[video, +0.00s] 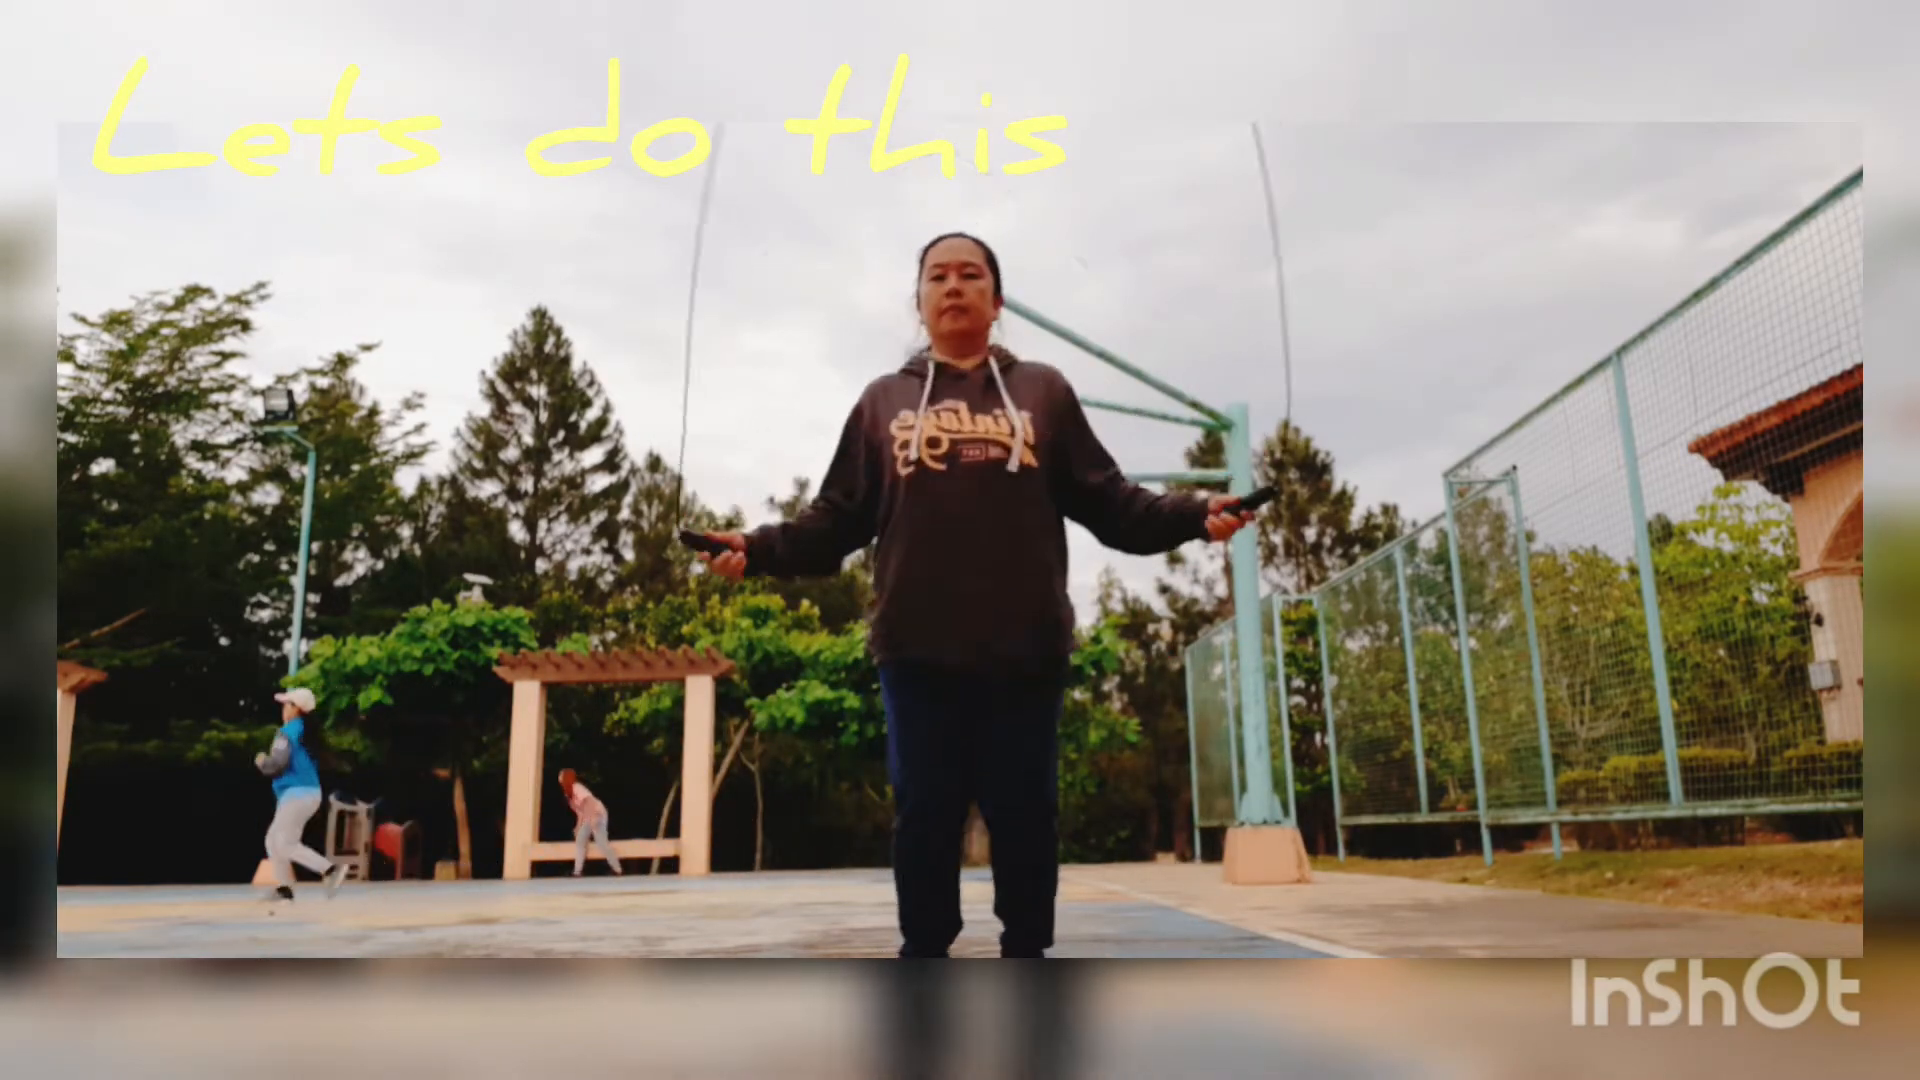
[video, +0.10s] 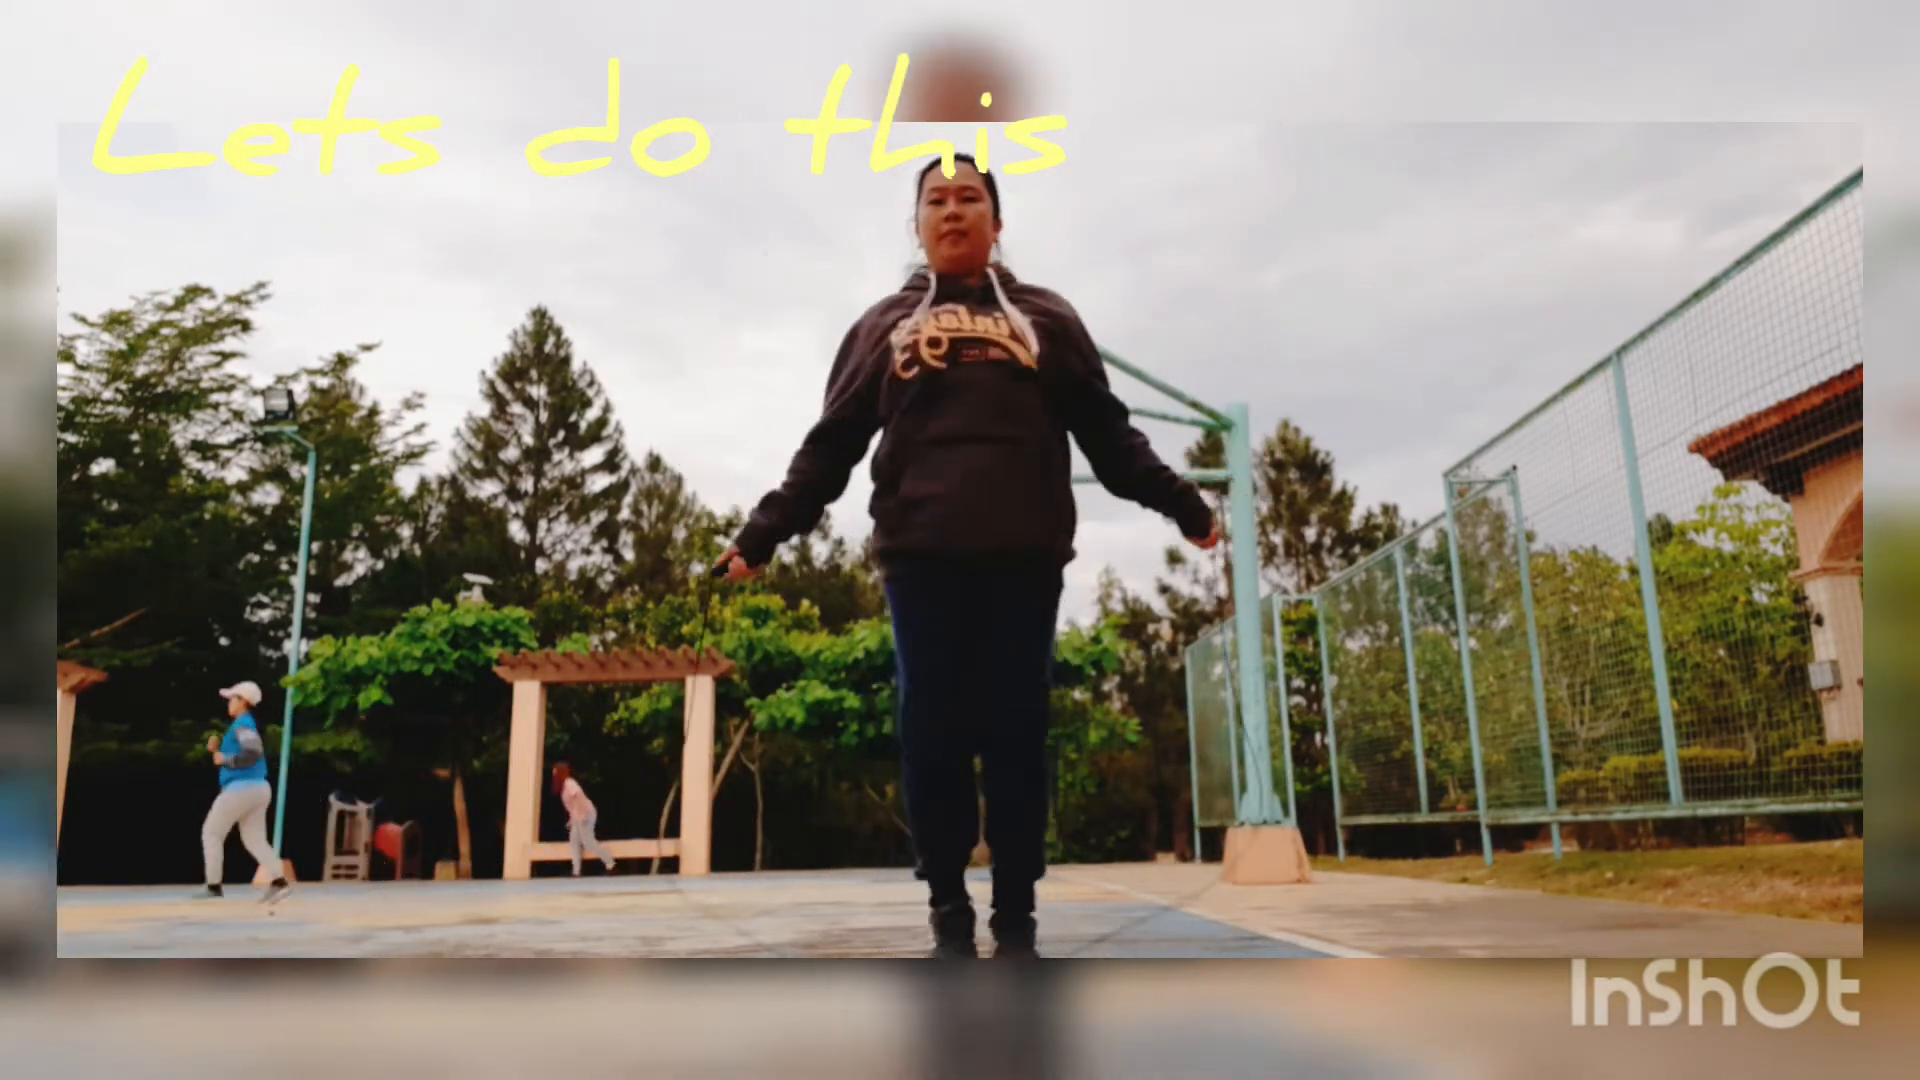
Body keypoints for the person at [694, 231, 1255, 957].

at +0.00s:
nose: (955, 285)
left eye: (971, 275)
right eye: (940, 276)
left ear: (997, 299)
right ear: (919, 299)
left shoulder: (1042, 391)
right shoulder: (883, 401)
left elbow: (1105, 501)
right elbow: (840, 519)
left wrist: (1194, 512)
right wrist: (756, 547)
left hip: (1024, 638)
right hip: (917, 640)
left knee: (1025, 811)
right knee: (925, 811)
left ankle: (1027, 957)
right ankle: (923, 958)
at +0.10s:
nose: (952, 211)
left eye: (967, 199)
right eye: (937, 201)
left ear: (995, 220)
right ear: (918, 224)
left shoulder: (1046, 317)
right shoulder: (884, 326)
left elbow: (1107, 431)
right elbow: (831, 445)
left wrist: (1180, 501)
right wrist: (763, 532)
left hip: (1025, 556)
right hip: (922, 557)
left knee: (1018, 731)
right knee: (933, 730)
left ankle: (1015, 917)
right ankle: (950, 914)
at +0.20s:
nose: (955, 217)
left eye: (970, 204)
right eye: (940, 206)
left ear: (997, 226)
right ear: (919, 230)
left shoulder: (1044, 323)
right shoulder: (884, 336)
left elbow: (1108, 446)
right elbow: (828, 464)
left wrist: (1196, 482)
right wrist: (745, 515)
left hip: (1027, 570)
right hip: (922, 572)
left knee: (1024, 750)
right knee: (933, 750)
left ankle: (1019, 929)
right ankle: (950, 924)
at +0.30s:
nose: (957, 257)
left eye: (973, 245)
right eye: (942, 247)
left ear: (1000, 270)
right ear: (921, 271)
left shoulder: (1048, 370)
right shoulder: (886, 377)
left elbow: (1110, 480)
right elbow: (836, 495)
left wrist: (1215, 479)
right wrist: (736, 518)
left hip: (1031, 611)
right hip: (924, 613)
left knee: (1026, 788)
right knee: (935, 791)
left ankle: (1030, 949)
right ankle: (935, 953)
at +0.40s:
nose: (958, 293)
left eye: (974, 282)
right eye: (943, 283)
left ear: (1000, 308)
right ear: (922, 309)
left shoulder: (1046, 400)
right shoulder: (889, 410)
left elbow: (1113, 513)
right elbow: (844, 525)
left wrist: (1208, 510)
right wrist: (757, 542)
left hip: (1032, 653)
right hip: (927, 657)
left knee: (1030, 831)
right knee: (934, 832)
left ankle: (1027, 971)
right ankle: (938, 974)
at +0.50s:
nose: (958, 245)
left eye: (972, 233)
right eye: (943, 235)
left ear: (999, 255)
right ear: (922, 258)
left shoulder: (1050, 353)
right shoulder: (887, 364)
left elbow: (1114, 469)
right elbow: (834, 487)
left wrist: (1201, 518)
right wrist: (755, 547)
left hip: (1033, 603)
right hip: (927, 606)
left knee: (1029, 776)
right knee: (936, 778)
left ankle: (1027, 941)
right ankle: (942, 942)